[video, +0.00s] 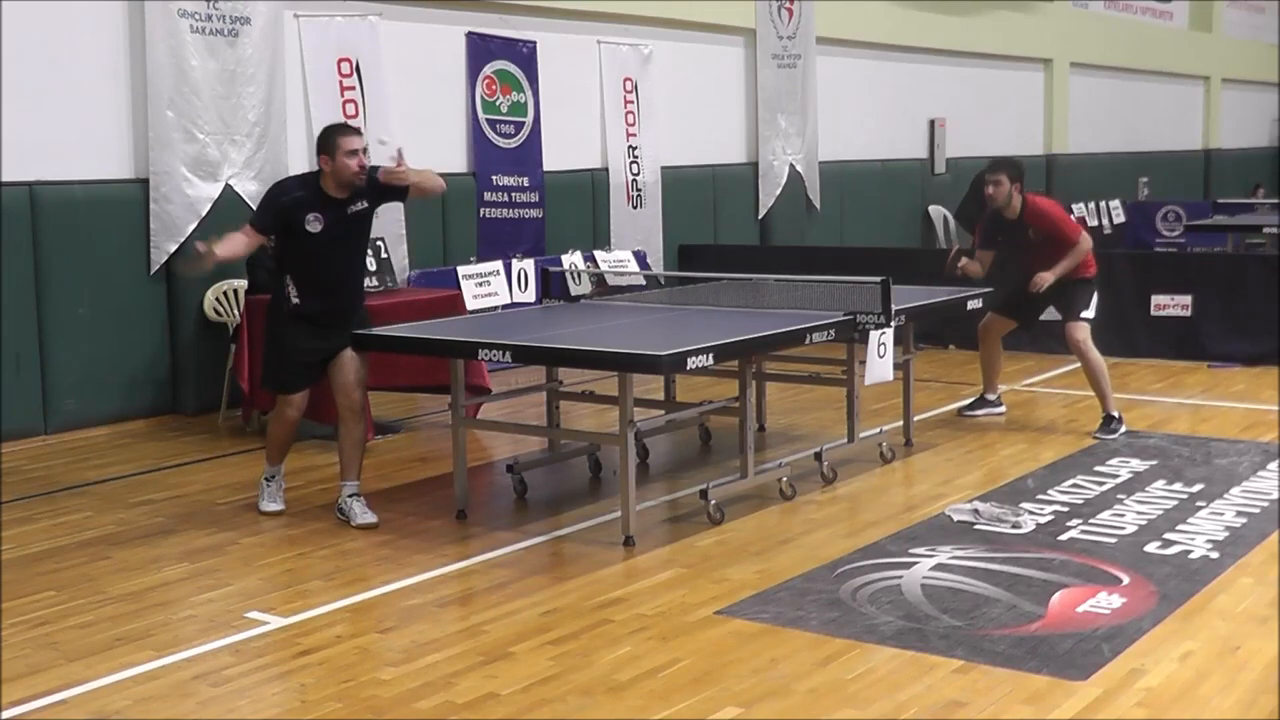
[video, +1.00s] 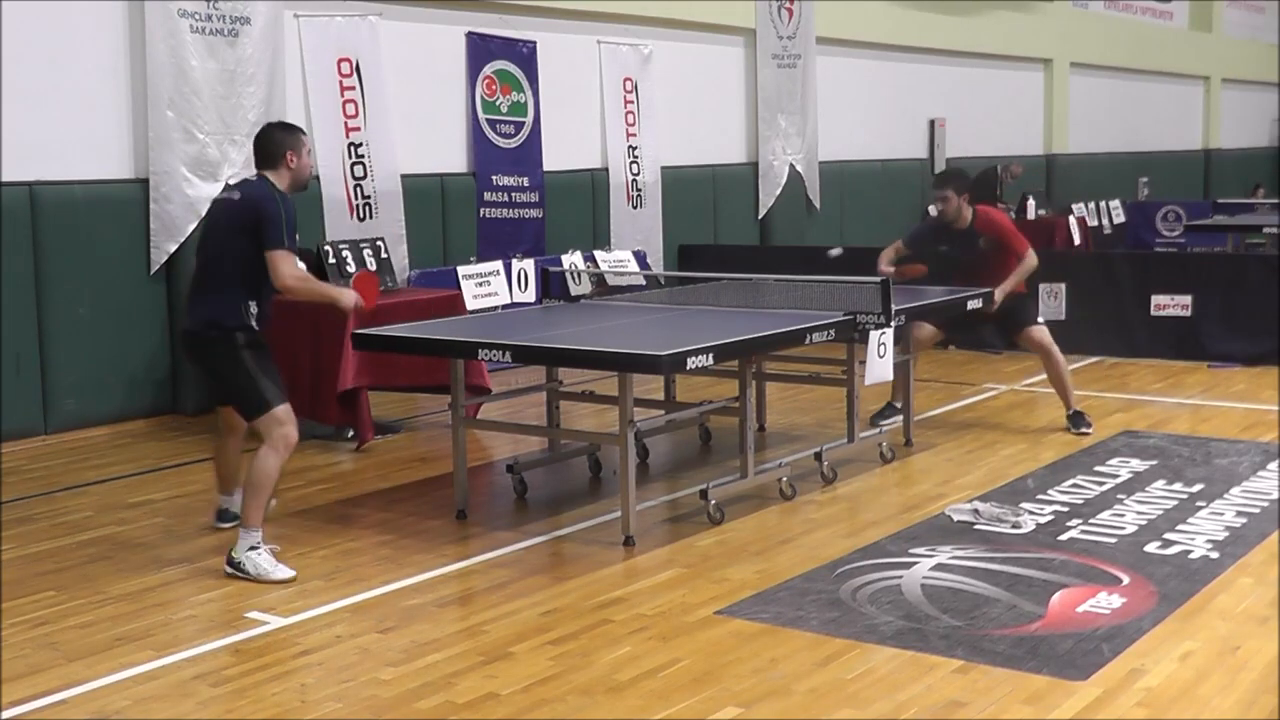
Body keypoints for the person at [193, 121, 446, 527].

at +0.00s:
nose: (361, 162)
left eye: (363, 153)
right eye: (352, 155)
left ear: (366, 156)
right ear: (326, 160)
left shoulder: (372, 186)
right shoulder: (289, 194)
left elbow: (438, 186)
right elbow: (249, 236)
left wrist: (411, 178)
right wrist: (217, 251)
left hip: (345, 315)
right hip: (296, 318)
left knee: (354, 400)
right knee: (292, 407)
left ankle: (350, 494)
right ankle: (273, 477)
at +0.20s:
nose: (346, 175)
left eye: (348, 167)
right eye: (335, 168)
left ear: (352, 167)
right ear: (311, 173)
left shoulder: (358, 193)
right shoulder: (278, 201)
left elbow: (417, 180)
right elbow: (223, 226)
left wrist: (413, 218)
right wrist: (188, 211)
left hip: (336, 325)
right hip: (286, 328)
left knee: (358, 401)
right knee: (290, 422)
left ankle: (350, 495)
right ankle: (272, 477)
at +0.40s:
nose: (369, 226)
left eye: (372, 219)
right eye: (365, 219)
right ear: (337, 209)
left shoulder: (347, 221)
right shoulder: (280, 202)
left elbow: (385, 222)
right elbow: (219, 208)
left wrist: (386, 274)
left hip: (315, 328)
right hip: (267, 333)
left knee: (361, 405)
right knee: (286, 434)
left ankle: (347, 497)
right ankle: (271, 478)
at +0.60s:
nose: (367, 168)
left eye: (368, 159)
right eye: (365, 159)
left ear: (343, 156)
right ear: (346, 156)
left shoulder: (328, 196)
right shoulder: (279, 169)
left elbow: (326, 226)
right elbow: (219, 199)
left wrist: (332, 262)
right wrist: (265, 240)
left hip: (299, 311)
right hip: (255, 312)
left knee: (329, 398)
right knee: (279, 416)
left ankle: (346, 495)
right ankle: (250, 468)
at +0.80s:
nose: (327, 149)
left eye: (325, 141)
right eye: (323, 141)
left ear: (296, 144)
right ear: (306, 145)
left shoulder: (287, 190)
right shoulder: (264, 184)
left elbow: (276, 254)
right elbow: (239, 250)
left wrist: (301, 294)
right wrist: (293, 286)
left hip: (272, 318)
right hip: (249, 321)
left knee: (269, 413)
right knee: (284, 417)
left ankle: (242, 496)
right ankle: (252, 529)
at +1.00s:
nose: (311, 165)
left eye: (309, 155)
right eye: (308, 156)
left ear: (264, 159)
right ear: (290, 159)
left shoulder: (232, 196)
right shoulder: (271, 202)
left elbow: (221, 265)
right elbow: (285, 278)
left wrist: (298, 274)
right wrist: (337, 293)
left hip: (202, 330)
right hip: (231, 332)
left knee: (232, 424)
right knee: (282, 434)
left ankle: (229, 506)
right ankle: (248, 548)